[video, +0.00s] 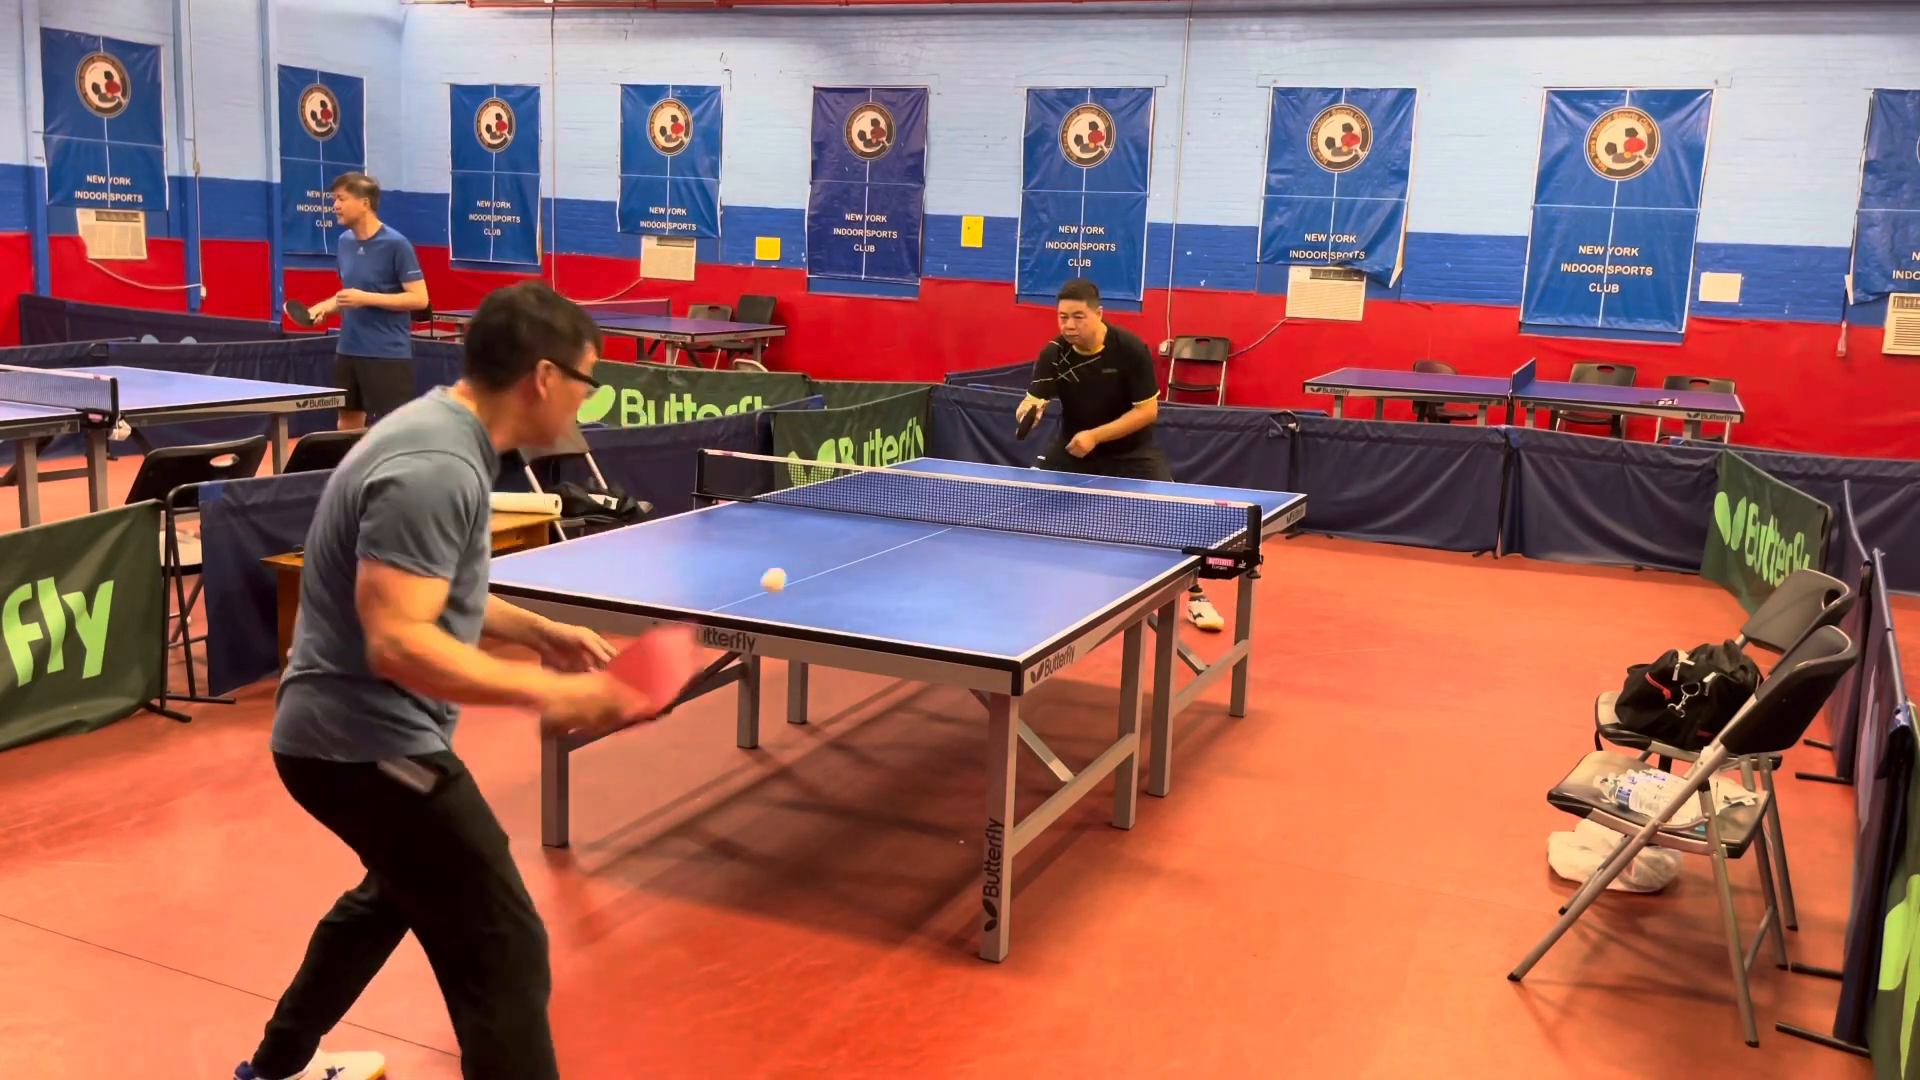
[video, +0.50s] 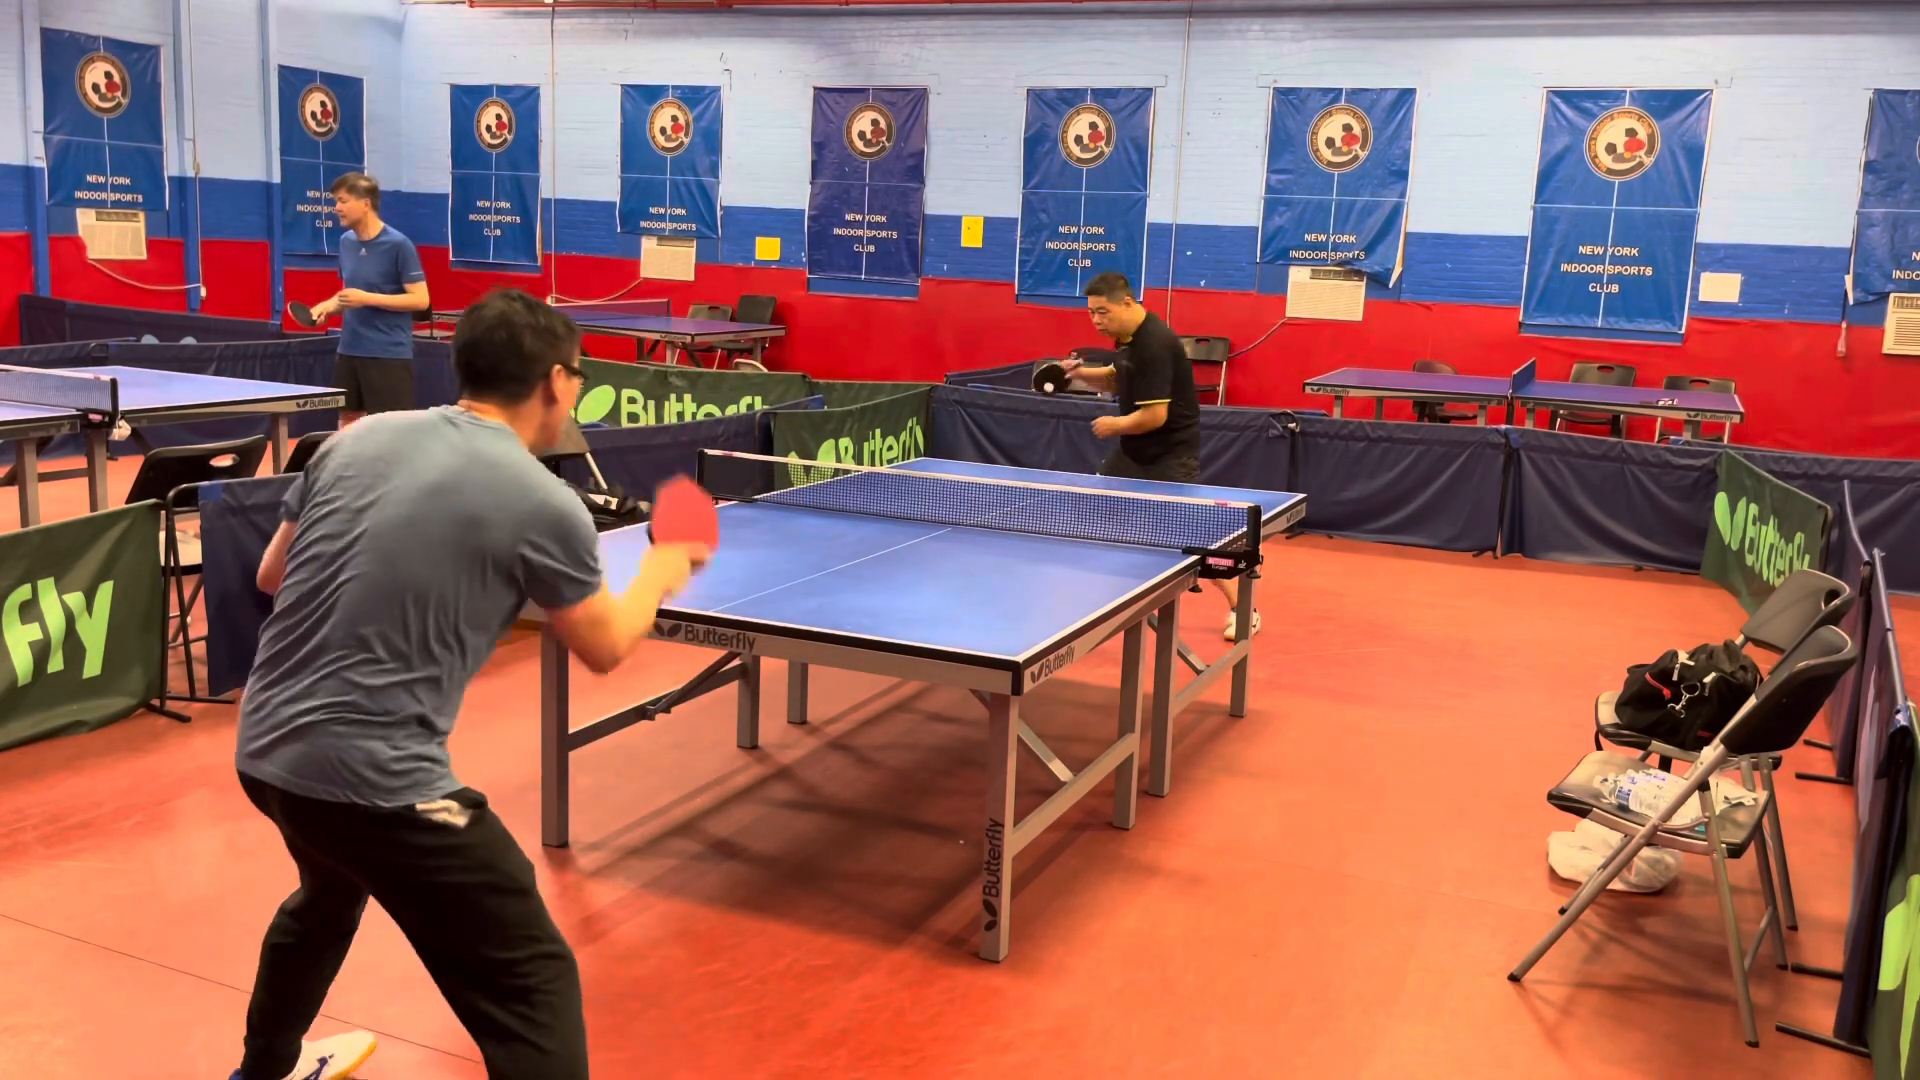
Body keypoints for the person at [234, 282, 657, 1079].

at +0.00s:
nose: (584, 404)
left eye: (587, 385)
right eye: (583, 383)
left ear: (524, 374)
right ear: (540, 378)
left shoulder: (447, 443)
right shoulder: (433, 466)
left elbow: (434, 596)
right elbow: (395, 641)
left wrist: (540, 635)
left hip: (360, 731)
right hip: (364, 746)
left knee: (401, 887)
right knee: (504, 947)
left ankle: (276, 1063)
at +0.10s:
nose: (537, 362)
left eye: (539, 344)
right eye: (532, 343)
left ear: (461, 339)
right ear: (486, 344)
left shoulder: (348, 404)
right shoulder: (438, 446)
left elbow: (370, 561)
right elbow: (587, 582)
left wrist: (498, 598)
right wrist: (697, 526)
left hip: (291, 717)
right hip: (352, 735)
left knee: (386, 895)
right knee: (473, 933)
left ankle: (273, 1064)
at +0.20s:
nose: (519, 355)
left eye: (521, 337)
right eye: (516, 336)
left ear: (415, 332)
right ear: (480, 339)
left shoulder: (317, 408)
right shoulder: (468, 446)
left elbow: (310, 554)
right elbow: (626, 494)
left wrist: (447, 592)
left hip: (253, 723)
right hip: (345, 746)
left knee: (356, 880)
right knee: (468, 942)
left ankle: (269, 1064)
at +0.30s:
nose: (524, 362)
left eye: (523, 346)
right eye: (520, 346)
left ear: (413, 343)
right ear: (488, 351)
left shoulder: (312, 416)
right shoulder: (479, 457)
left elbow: (300, 545)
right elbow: (617, 495)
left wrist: (418, 595)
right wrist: (636, 391)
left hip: (246, 737)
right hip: (351, 757)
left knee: (322, 883)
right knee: (481, 959)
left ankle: (267, 1063)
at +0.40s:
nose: (541, 389)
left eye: (541, 370)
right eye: (539, 370)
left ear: (430, 363)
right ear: (512, 372)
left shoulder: (326, 431)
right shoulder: (494, 473)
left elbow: (254, 570)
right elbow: (615, 555)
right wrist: (643, 457)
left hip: (250, 750)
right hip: (360, 773)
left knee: (325, 887)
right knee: (507, 974)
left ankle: (266, 1064)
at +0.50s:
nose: (576, 396)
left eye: (577, 377)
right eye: (575, 377)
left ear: (469, 371)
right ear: (551, 382)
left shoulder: (352, 441)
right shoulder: (536, 498)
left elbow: (271, 574)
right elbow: (603, 644)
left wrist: (389, 571)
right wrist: (664, 567)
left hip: (267, 754)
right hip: (380, 777)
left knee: (329, 891)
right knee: (532, 979)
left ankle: (264, 1065)